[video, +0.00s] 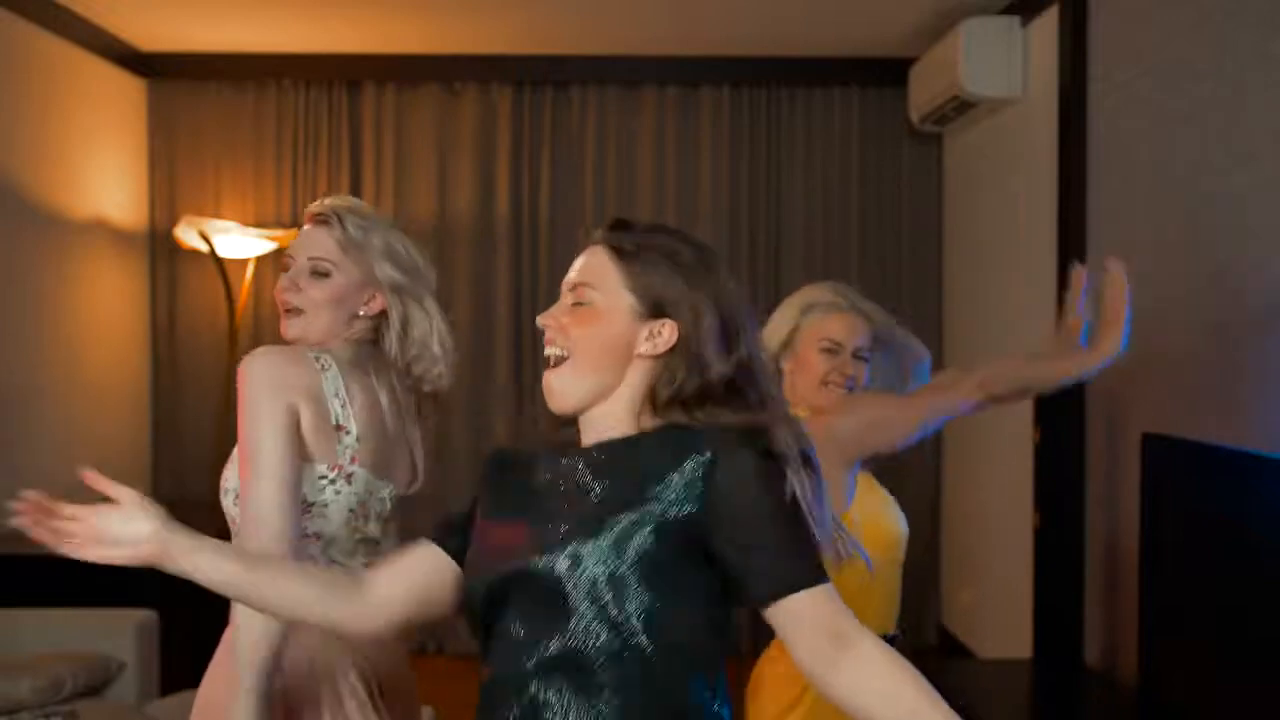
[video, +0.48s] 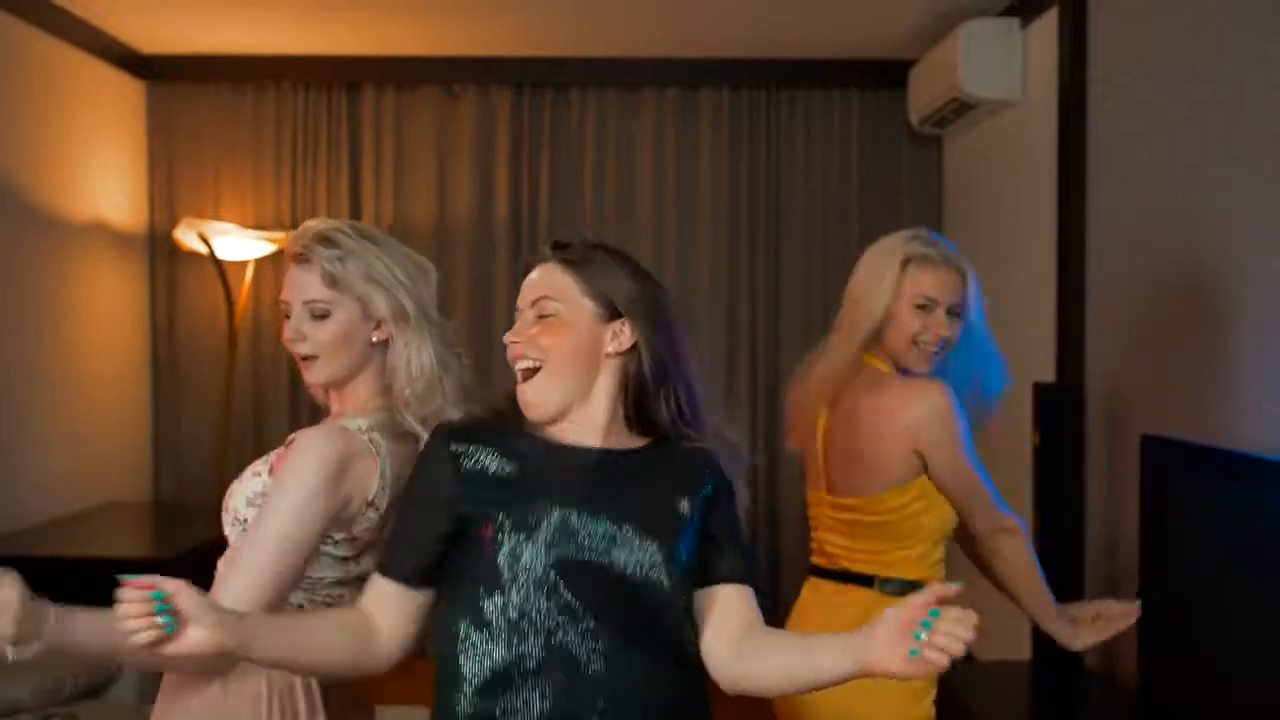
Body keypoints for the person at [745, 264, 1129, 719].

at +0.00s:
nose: (847, 369)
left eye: (860, 358)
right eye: (829, 350)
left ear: (870, 370)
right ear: (783, 357)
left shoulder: (826, 439)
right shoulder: (817, 437)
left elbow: (956, 394)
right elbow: (970, 389)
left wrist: (1060, 355)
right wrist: (1094, 358)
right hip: (810, 684)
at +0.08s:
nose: (864, 345)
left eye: (875, 333)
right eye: (845, 325)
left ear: (883, 345)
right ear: (802, 327)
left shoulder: (799, 407)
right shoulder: (825, 409)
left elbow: (957, 414)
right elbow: (980, 412)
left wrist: (1080, 405)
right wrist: (1111, 414)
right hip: (823, 675)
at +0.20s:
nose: (899, 279)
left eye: (913, 267)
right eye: (881, 259)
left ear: (922, 277)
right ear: (833, 258)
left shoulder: (807, 332)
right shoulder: (885, 335)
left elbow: (978, 400)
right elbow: (1001, 411)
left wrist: (1091, 454)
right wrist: (1106, 470)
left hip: (797, 598)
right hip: (836, 617)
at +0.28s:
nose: (917, 279)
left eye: (927, 264)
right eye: (899, 256)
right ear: (848, 256)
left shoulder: (821, 326)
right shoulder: (893, 332)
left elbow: (985, 427)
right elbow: (997, 436)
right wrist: (1088, 509)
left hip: (812, 575)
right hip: (850, 589)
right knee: (860, 709)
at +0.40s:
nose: (925, 322)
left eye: (938, 306)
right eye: (909, 299)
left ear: (948, 313)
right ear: (861, 301)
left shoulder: (823, 377)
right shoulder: (906, 387)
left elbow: (816, 285)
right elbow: (994, 507)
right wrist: (1072, 598)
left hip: (813, 627)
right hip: (882, 640)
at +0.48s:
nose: (943, 330)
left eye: (953, 314)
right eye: (924, 308)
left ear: (963, 320)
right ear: (878, 303)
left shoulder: (816, 387)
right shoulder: (920, 401)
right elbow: (992, 528)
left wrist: (1051, 613)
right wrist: (1060, 628)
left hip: (813, 636)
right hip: (889, 650)